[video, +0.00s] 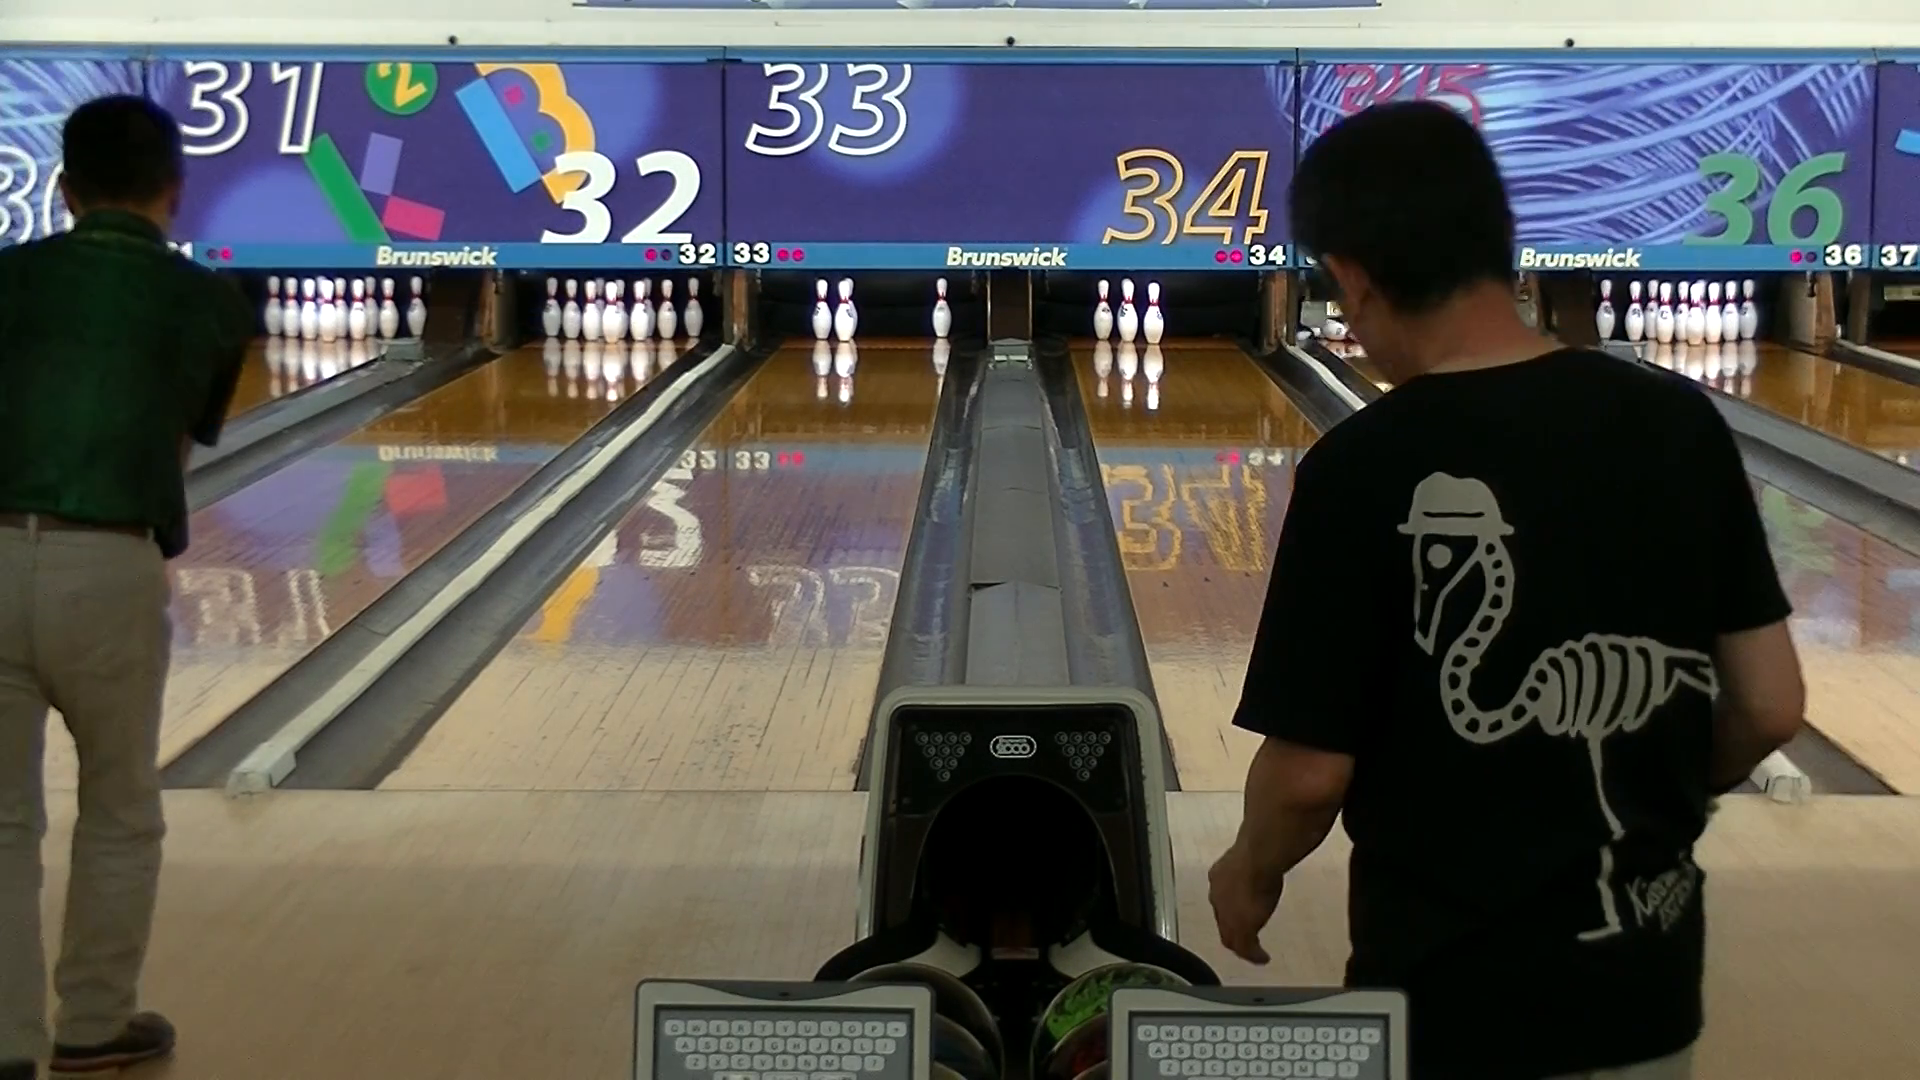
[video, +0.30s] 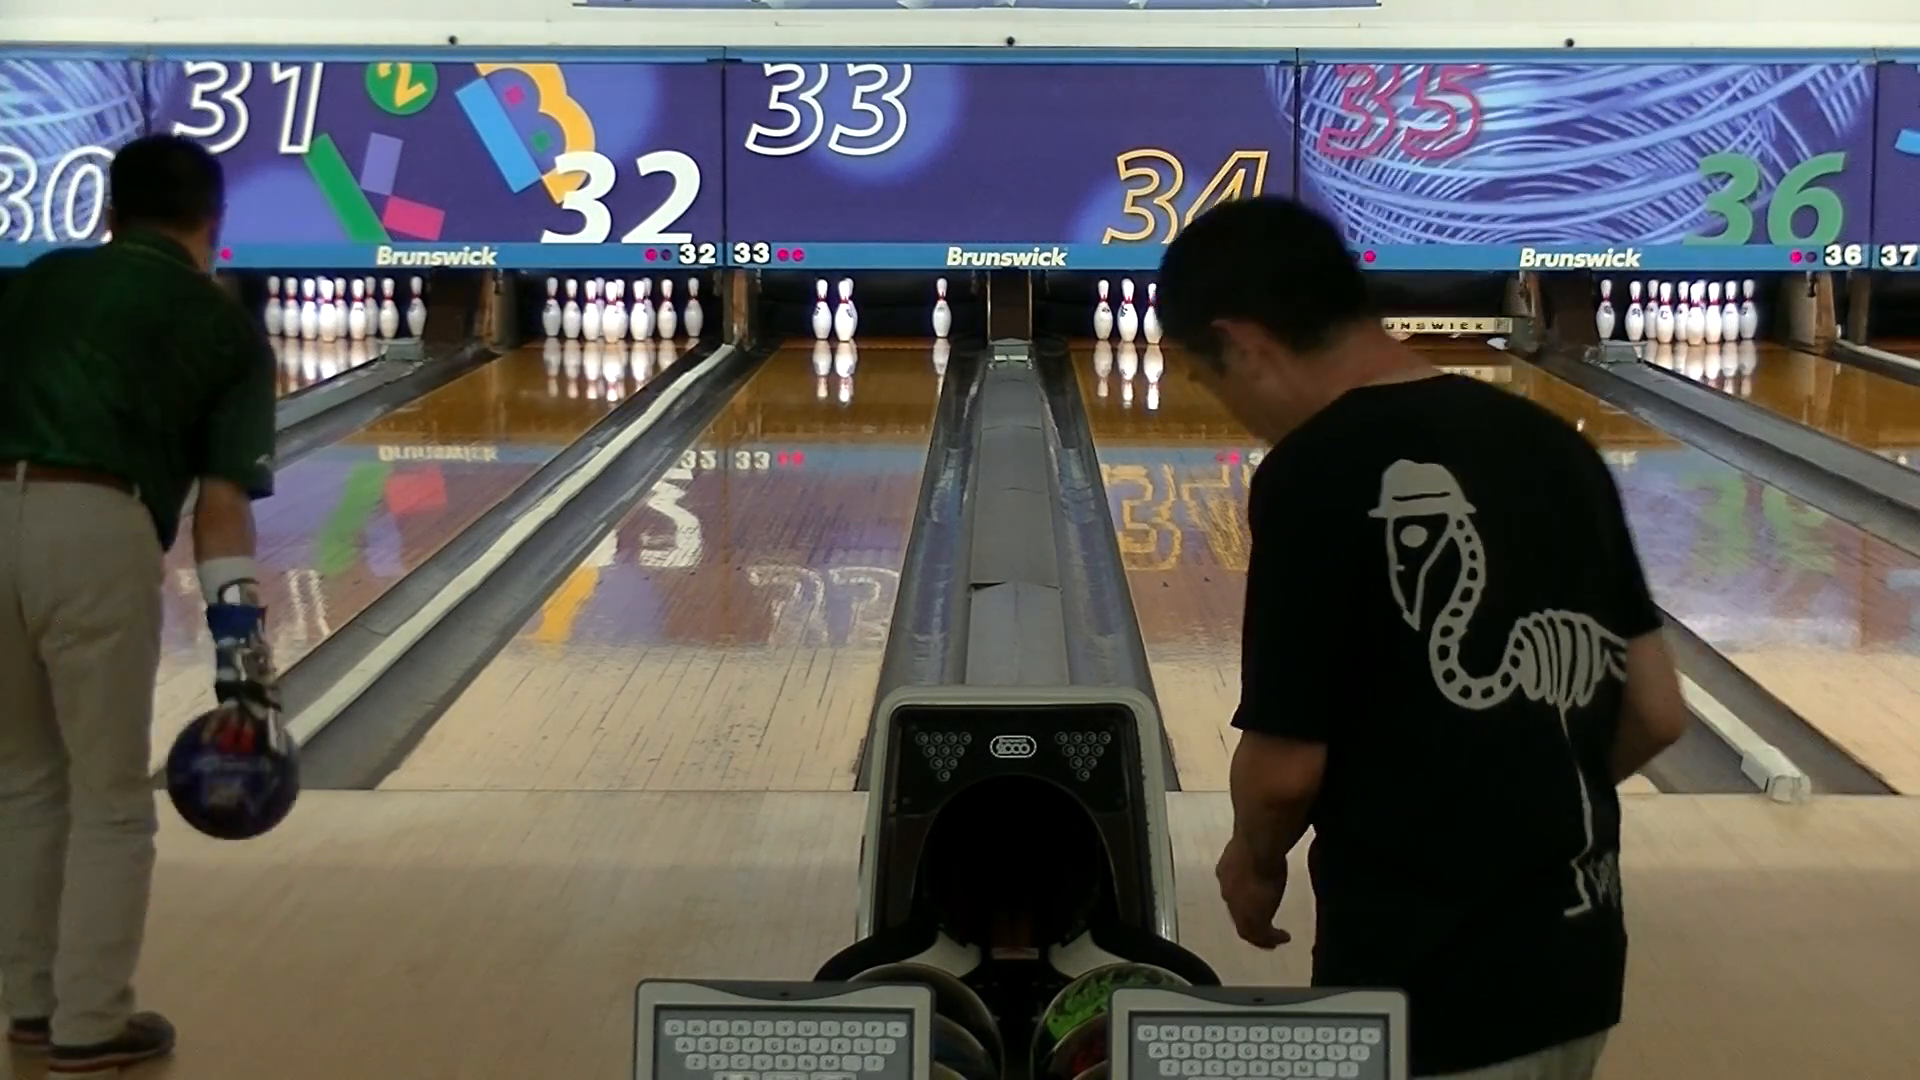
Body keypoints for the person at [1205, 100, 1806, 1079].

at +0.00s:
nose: (1341, 318)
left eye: (1331, 285)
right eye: (1332, 290)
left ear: (1355, 277)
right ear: (1495, 234)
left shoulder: (1359, 467)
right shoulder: (1675, 417)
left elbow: (1311, 775)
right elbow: (1770, 703)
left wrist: (1249, 870)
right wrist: (1652, 784)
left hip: (1448, 984)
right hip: (1645, 979)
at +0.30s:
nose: (1236, 414)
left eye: (1215, 381)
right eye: (1211, 388)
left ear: (1246, 343)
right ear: (1347, 293)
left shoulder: (1312, 474)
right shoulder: (1550, 438)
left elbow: (1284, 769)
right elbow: (1655, 711)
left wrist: (1256, 858)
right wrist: (1543, 782)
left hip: (1415, 978)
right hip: (1574, 954)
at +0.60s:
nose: (1112, 542)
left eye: (1081, 509)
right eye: (1081, 518)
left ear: (1105, 443)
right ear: (1176, 405)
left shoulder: (1200, 502)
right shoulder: (1370, 455)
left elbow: (1254, 777)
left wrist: (1235, 905)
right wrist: (1228, 922)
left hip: (1438, 913)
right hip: (1577, 877)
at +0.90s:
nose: (1043, 646)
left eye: (1012, 620)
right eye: (1014, 631)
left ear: (1032, 550)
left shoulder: (1122, 562)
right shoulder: (1266, 519)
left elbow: (1197, 814)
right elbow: (1314, 801)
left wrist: (1151, 999)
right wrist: (1193, 935)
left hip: (1451, 873)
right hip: (1545, 837)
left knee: (1474, 1063)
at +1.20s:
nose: (1027, 680)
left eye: (997, 660)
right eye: (998, 672)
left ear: (1009, 589)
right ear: (1081, 534)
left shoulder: (1088, 610)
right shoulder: (1246, 540)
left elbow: (1186, 860)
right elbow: (1321, 801)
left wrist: (1146, 1030)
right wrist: (1207, 964)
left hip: (1442, 882)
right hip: (1547, 833)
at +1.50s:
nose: (1047, 624)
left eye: (1013, 600)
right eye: (1015, 614)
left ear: (1025, 518)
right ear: (1031, 505)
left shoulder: (1132, 555)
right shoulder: (1269, 493)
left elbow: (1237, 791)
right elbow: (1333, 780)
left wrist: (1164, 918)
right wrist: (1182, 937)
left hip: (1450, 894)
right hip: (1546, 852)